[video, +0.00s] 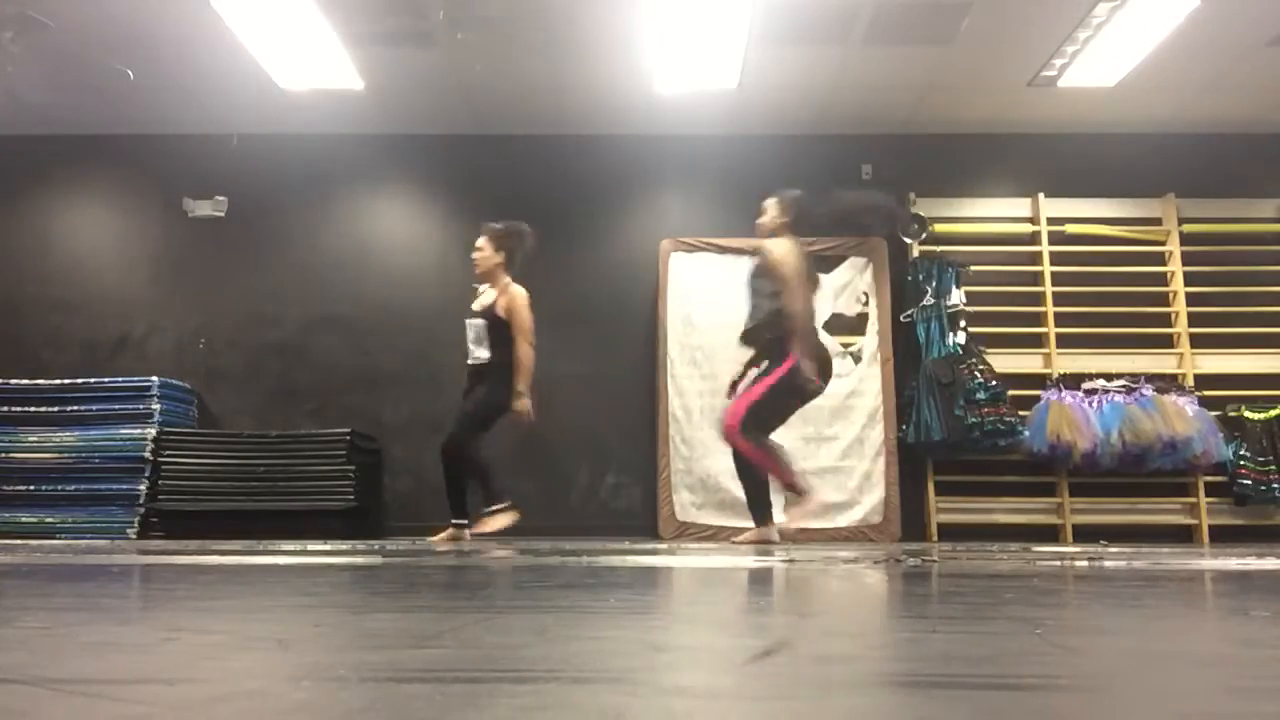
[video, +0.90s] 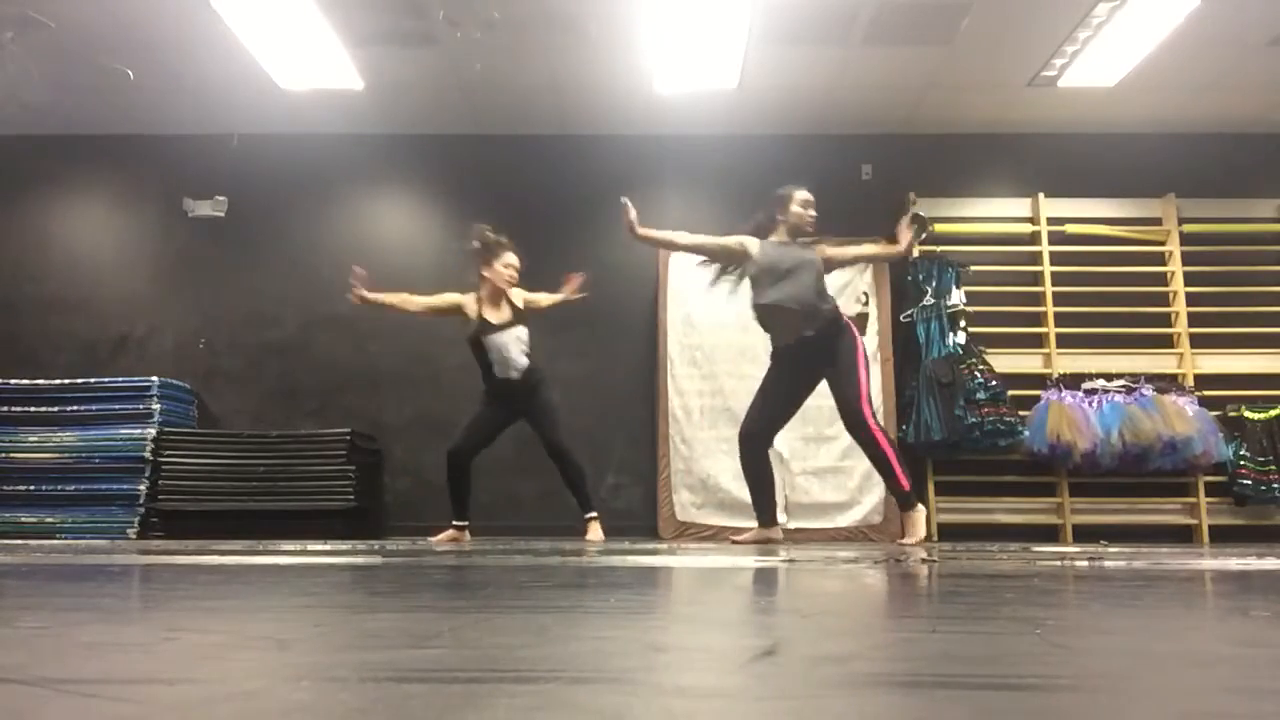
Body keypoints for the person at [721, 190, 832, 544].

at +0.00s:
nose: (758, 219)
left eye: (765, 213)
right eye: (760, 213)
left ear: (783, 216)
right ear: (778, 217)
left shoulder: (783, 248)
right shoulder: (772, 253)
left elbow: (798, 305)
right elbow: (772, 327)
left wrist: (803, 354)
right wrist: (747, 370)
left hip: (795, 358)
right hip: (783, 358)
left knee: (737, 425)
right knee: (744, 431)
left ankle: (802, 495)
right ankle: (763, 525)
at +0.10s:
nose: (725, 231)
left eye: (732, 225)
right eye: (729, 224)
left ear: (748, 231)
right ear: (760, 236)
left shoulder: (735, 256)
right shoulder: (773, 268)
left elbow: (739, 301)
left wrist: (738, 355)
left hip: (785, 353)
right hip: (818, 363)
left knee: (718, 423)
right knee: (747, 438)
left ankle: (713, 513)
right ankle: (767, 525)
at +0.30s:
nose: (699, 235)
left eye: (705, 229)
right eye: (702, 228)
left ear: (719, 235)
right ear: (738, 238)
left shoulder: (714, 267)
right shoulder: (753, 271)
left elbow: (716, 330)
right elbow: (755, 336)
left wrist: (690, 367)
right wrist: (717, 381)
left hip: (776, 350)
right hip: (811, 359)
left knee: (717, 430)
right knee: (744, 438)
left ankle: (700, 518)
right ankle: (771, 526)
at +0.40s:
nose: (704, 223)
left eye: (711, 216)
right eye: (706, 216)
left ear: (731, 218)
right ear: (739, 220)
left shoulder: (730, 246)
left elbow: (702, 292)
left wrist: (668, 324)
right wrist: (680, 363)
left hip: (787, 343)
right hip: (807, 346)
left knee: (731, 422)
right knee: (753, 431)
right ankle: (771, 522)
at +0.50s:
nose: (720, 211)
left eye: (727, 205)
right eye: (719, 205)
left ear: (749, 207)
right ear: (725, 212)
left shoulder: (759, 232)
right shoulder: (737, 253)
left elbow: (758, 230)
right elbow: (704, 293)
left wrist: (744, 231)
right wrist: (660, 317)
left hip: (793, 338)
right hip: (779, 344)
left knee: (755, 428)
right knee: (747, 431)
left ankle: (832, 481)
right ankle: (770, 526)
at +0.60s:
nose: (747, 202)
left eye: (755, 198)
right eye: (742, 196)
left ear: (767, 205)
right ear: (730, 203)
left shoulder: (774, 234)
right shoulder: (722, 256)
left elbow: (823, 208)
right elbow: (689, 273)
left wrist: (870, 186)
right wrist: (657, 277)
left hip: (797, 331)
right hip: (775, 345)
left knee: (808, 422)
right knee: (749, 430)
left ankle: (884, 497)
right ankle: (770, 527)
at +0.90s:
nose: (813, 213)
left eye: (814, 207)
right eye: (805, 206)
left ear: (806, 216)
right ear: (780, 211)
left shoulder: (816, 252)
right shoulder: (751, 248)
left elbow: (860, 251)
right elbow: (690, 242)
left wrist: (900, 248)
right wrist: (641, 232)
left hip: (838, 342)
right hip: (792, 355)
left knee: (857, 417)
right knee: (753, 436)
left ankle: (911, 508)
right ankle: (768, 527)